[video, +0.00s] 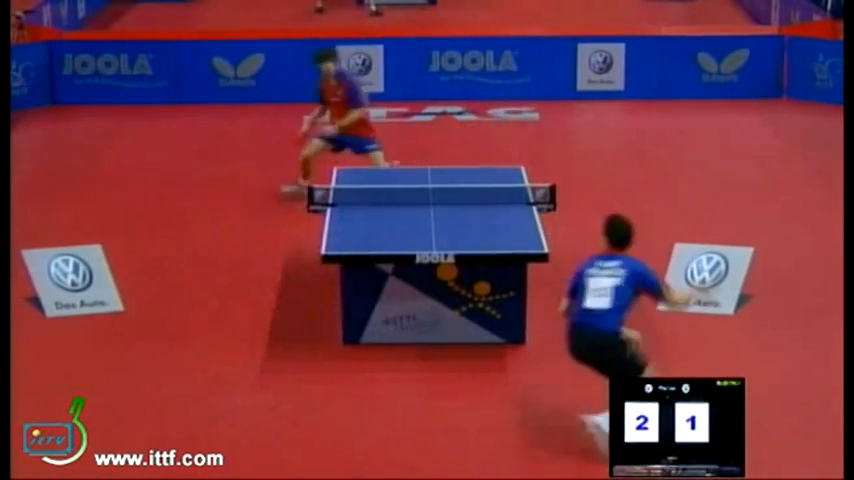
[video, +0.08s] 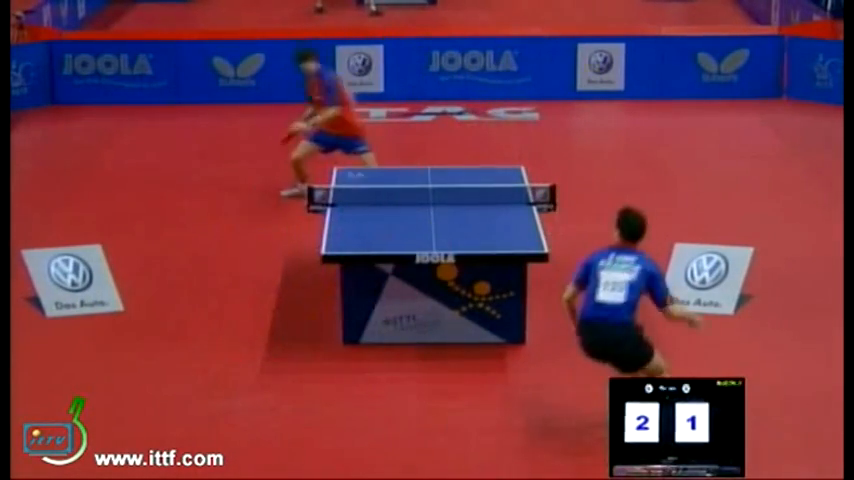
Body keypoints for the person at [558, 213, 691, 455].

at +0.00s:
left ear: (605, 237)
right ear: (631, 239)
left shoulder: (588, 265)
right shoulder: (633, 268)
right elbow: (668, 297)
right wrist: (687, 298)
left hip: (577, 340)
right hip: (605, 341)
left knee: (624, 373)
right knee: (641, 373)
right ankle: (607, 419)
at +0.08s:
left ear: (618, 231)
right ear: (642, 233)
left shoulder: (597, 258)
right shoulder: (645, 264)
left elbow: (568, 297)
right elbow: (668, 310)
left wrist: (578, 326)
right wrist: (688, 317)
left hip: (589, 329)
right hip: (621, 331)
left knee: (636, 373)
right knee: (659, 372)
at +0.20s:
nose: (622, 220)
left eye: (623, 217)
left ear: (625, 221)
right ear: (650, 224)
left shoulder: (604, 251)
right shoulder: (658, 257)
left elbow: (577, 291)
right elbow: (670, 309)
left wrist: (579, 320)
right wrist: (665, 301)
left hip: (604, 322)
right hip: (639, 326)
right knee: (666, 374)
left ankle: (602, 406)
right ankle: (671, 421)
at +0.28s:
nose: (618, 220)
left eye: (620, 217)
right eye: (621, 216)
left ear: (622, 221)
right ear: (647, 222)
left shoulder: (605, 251)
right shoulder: (657, 254)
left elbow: (577, 293)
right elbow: (670, 300)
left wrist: (586, 315)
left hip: (610, 325)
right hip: (647, 327)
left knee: (584, 352)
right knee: (679, 374)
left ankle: (567, 407)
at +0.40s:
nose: (610, 213)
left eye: (611, 209)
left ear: (610, 213)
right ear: (636, 214)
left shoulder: (595, 244)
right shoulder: (649, 246)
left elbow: (566, 283)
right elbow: (661, 286)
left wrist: (585, 294)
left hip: (604, 324)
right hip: (642, 325)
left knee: (564, 378)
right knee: (679, 378)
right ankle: (689, 444)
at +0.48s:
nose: (600, 207)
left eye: (601, 203)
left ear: (601, 207)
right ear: (627, 209)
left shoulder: (587, 238)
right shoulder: (639, 240)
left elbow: (558, 279)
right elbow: (653, 278)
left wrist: (582, 288)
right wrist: (628, 267)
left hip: (598, 317)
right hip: (635, 318)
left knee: (553, 369)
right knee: (666, 372)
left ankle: (536, 438)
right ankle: (681, 439)